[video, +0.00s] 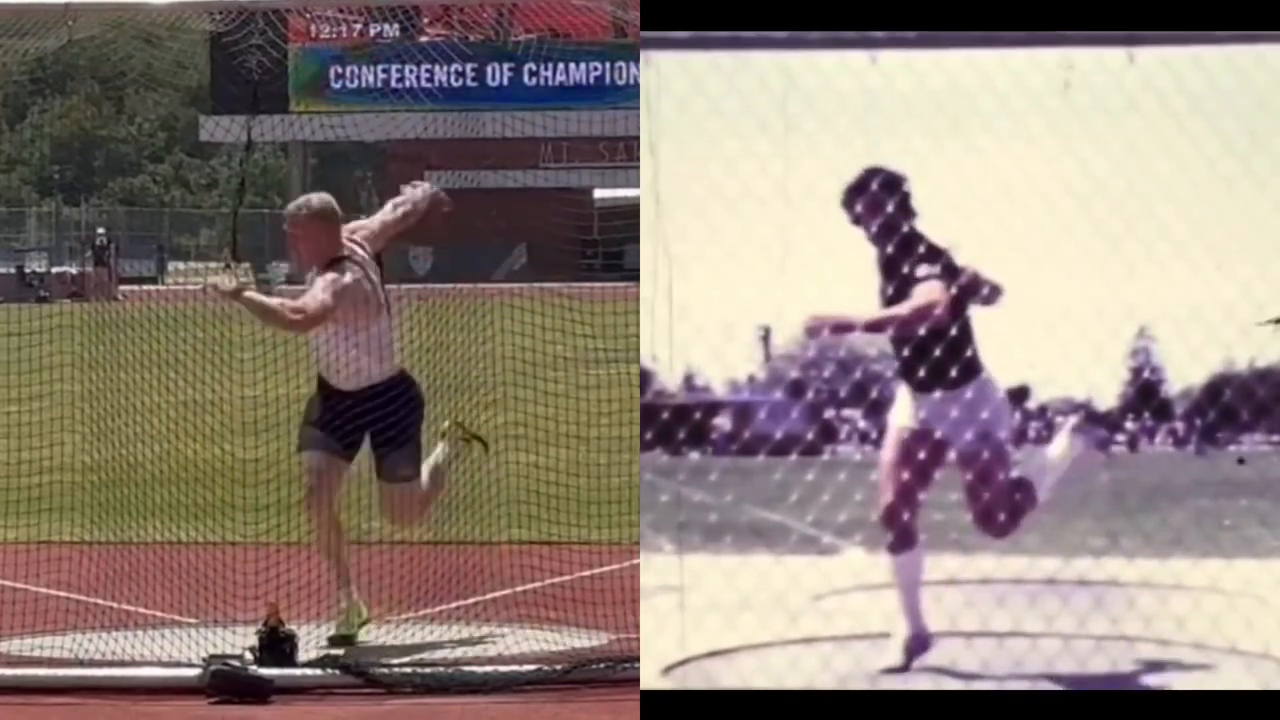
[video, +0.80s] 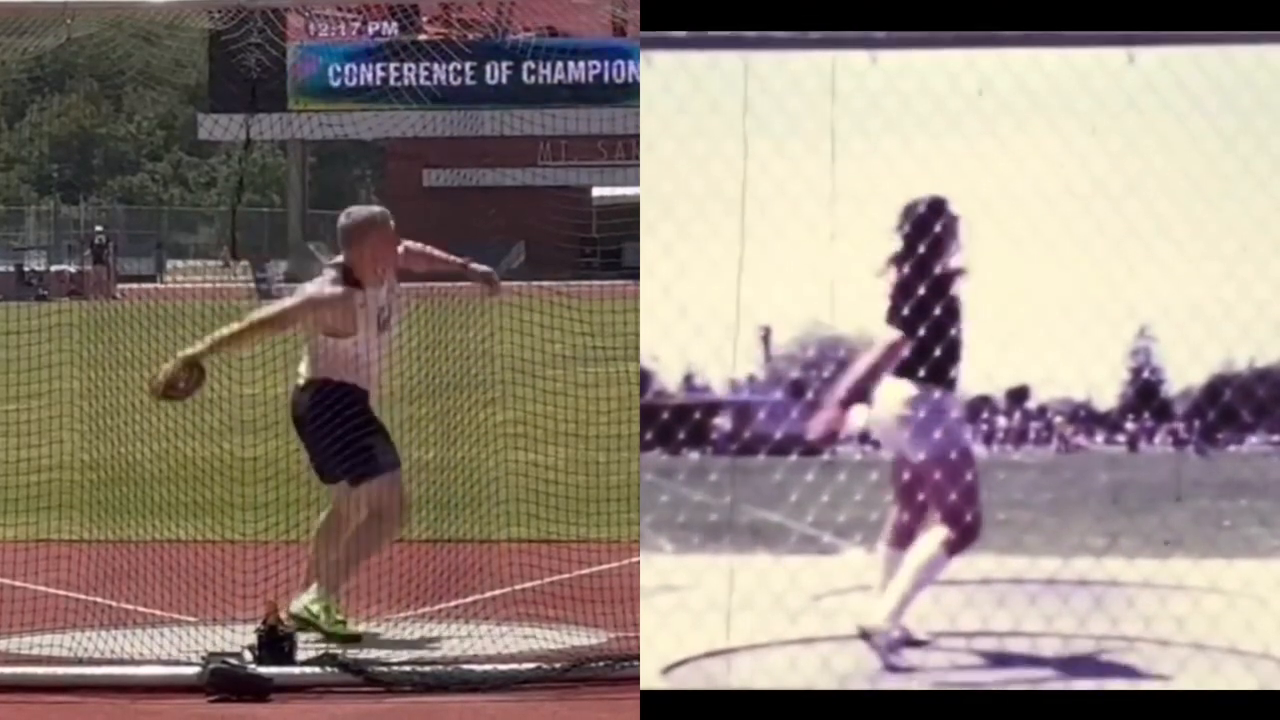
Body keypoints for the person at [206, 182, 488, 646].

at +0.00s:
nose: (292, 246)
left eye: (297, 237)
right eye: (291, 238)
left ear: (322, 235)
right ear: (324, 234)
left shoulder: (339, 280)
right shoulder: (356, 239)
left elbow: (298, 318)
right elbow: (398, 212)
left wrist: (243, 295)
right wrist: (425, 192)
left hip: (388, 398)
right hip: (336, 397)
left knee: (404, 514)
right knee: (317, 495)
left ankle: (449, 447)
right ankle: (350, 604)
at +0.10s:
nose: (292, 247)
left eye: (297, 238)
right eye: (291, 238)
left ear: (322, 235)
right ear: (324, 234)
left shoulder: (340, 280)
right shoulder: (356, 239)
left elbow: (298, 318)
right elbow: (398, 212)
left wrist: (243, 295)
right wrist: (425, 192)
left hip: (388, 398)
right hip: (336, 397)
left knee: (404, 514)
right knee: (317, 495)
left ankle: (449, 448)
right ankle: (350, 604)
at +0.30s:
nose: (328, 263)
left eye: (338, 254)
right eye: (322, 254)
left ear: (358, 250)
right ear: (314, 249)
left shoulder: (377, 281)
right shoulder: (311, 269)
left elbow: (399, 325)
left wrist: (328, 322)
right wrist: (283, 200)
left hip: (377, 396)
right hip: (325, 394)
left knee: (405, 500)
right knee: (341, 496)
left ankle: (357, 530)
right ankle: (330, 606)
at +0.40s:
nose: (350, 270)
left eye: (357, 260)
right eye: (342, 262)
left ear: (369, 256)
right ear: (326, 258)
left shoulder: (391, 285)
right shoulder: (311, 273)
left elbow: (451, 319)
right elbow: (261, 246)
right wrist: (224, 229)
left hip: (371, 402)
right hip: (322, 398)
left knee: (394, 499)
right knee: (356, 484)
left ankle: (323, 568)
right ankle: (324, 602)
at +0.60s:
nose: (374, 270)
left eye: (376, 261)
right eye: (364, 263)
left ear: (380, 259)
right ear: (338, 264)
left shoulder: (397, 284)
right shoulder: (308, 287)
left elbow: (477, 296)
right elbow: (235, 271)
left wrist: (482, 335)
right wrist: (172, 261)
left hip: (360, 408)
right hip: (323, 404)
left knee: (384, 500)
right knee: (377, 494)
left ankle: (319, 599)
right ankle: (317, 600)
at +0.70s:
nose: (381, 266)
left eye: (384, 256)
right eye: (371, 257)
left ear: (387, 257)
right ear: (343, 261)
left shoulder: (398, 282)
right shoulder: (314, 295)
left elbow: (463, 274)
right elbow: (233, 300)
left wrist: (510, 308)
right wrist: (162, 306)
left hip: (356, 407)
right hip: (325, 405)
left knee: (390, 509)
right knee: (376, 499)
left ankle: (316, 605)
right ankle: (315, 602)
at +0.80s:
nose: (395, 250)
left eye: (393, 242)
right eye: (388, 243)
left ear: (380, 248)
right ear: (361, 250)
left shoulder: (381, 269)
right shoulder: (331, 295)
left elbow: (410, 253)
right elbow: (258, 325)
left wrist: (468, 268)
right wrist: (191, 356)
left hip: (343, 400)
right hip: (332, 401)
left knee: (351, 503)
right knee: (390, 505)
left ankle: (312, 602)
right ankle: (319, 600)